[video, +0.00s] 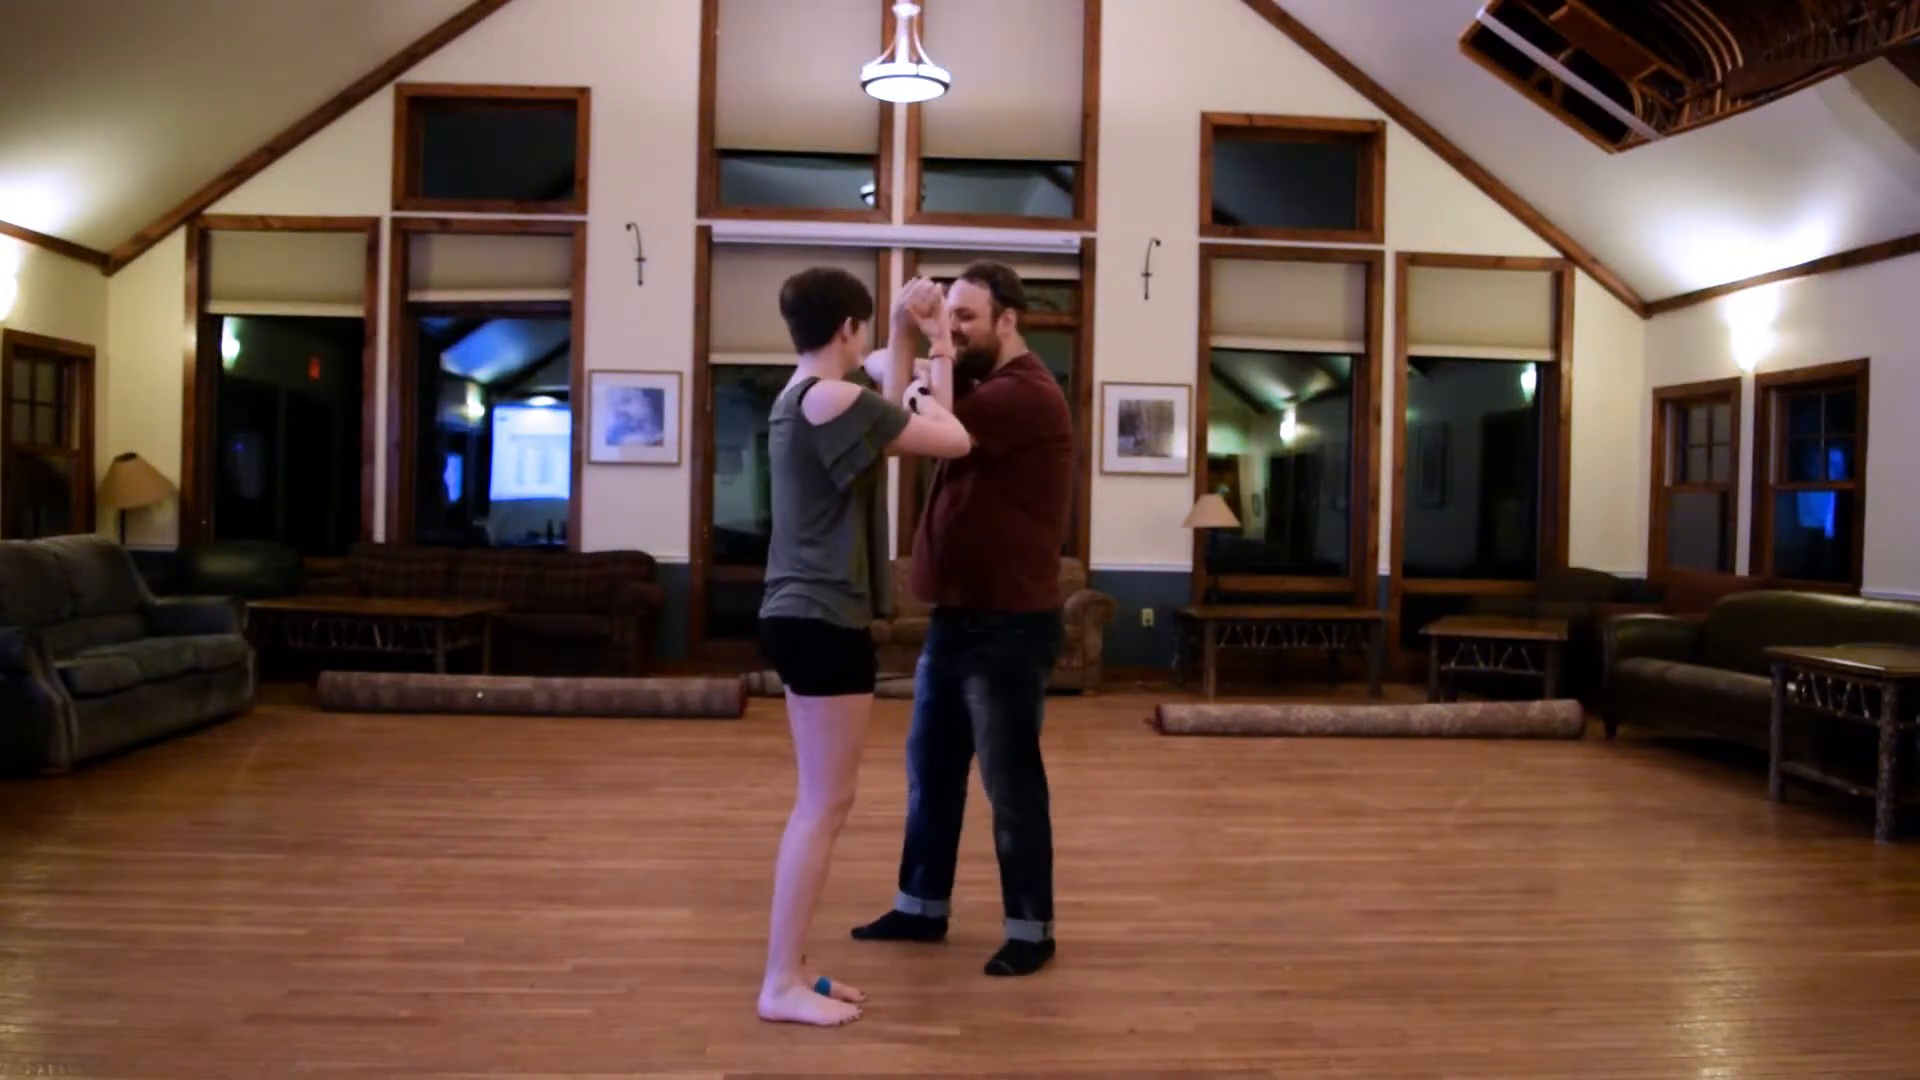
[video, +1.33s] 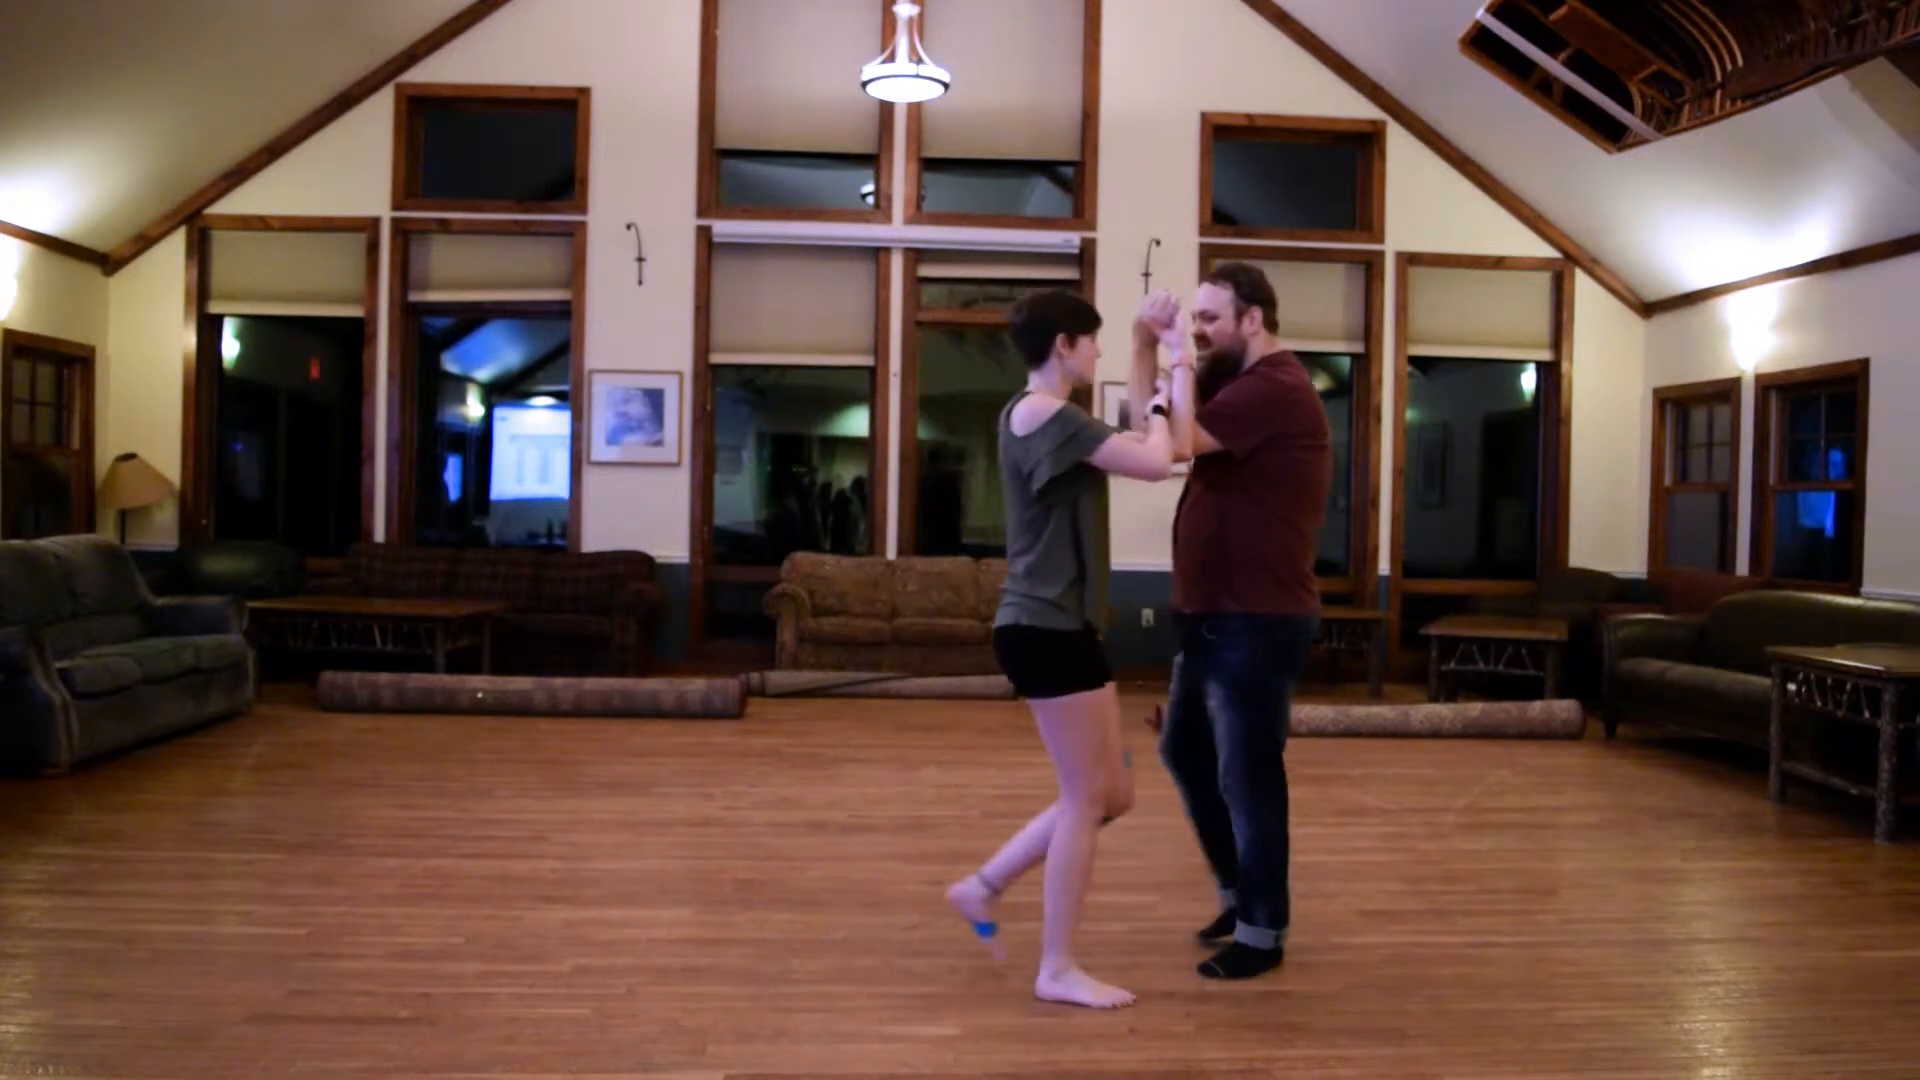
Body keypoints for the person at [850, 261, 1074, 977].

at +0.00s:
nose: (952, 329)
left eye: (967, 316)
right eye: (948, 316)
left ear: (1007, 322)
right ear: (955, 326)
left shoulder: (1029, 392)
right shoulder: (972, 385)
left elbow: (935, 428)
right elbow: (902, 411)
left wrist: (939, 349)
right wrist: (904, 329)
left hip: (1013, 620)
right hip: (956, 615)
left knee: (1010, 779)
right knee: (933, 766)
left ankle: (1030, 930)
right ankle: (921, 910)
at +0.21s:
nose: (991, 327)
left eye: (1005, 314)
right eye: (990, 315)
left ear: (1049, 315)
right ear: (1007, 321)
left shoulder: (1067, 385)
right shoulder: (1023, 381)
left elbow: (973, 424)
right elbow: (932, 413)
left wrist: (972, 349)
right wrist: (940, 329)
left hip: (1044, 619)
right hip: (995, 613)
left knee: (1032, 776)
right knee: (957, 739)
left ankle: (1038, 924)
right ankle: (1005, 877)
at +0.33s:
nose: (1018, 322)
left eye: (1030, 310)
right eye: (1016, 311)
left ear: (1073, 314)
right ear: (1032, 317)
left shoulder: (1090, 384)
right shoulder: (1045, 372)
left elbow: (990, 427)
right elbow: (969, 396)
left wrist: (977, 347)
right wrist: (966, 329)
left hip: (1064, 617)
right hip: (1019, 611)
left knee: (1045, 775)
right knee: (998, 748)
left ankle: (1039, 928)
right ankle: (1099, 863)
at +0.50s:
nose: (1044, 327)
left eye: (1056, 315)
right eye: (1044, 316)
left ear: (1097, 318)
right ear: (1082, 319)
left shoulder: (1111, 389)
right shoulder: (1080, 373)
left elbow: (1001, 434)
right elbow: (983, 401)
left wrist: (1002, 353)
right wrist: (984, 335)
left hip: (1085, 618)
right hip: (1068, 613)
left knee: (1051, 775)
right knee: (1089, 765)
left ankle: (1040, 927)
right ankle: (1153, 910)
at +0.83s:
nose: (1101, 328)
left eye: (1111, 315)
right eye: (1100, 315)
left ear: (1154, 318)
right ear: (1150, 321)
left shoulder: (1167, 388)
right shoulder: (1154, 381)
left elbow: (1061, 430)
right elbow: (1059, 419)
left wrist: (1054, 344)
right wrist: (1051, 343)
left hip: (1143, 614)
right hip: (1153, 610)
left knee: (1093, 755)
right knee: (1149, 760)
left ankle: (1150, 922)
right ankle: (1161, 921)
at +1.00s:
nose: (1132, 330)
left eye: (1142, 317)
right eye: (1131, 317)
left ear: (1183, 318)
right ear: (1170, 320)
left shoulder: (1205, 387)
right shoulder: (1164, 376)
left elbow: (1105, 438)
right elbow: (1076, 418)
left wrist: (1103, 362)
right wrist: (1079, 342)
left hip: (1183, 615)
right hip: (1148, 611)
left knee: (1159, 774)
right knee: (1151, 773)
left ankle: (1247, 907)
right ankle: (1160, 926)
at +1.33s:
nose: (1197, 333)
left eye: (1209, 319)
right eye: (1194, 320)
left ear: (1251, 319)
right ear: (1231, 320)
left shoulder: (1277, 385)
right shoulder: (1229, 378)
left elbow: (1178, 440)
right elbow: (1147, 426)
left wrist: (1168, 358)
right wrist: (1149, 347)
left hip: (1259, 619)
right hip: (1211, 615)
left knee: (1248, 772)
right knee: (1186, 749)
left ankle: (1264, 929)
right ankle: (1241, 896)